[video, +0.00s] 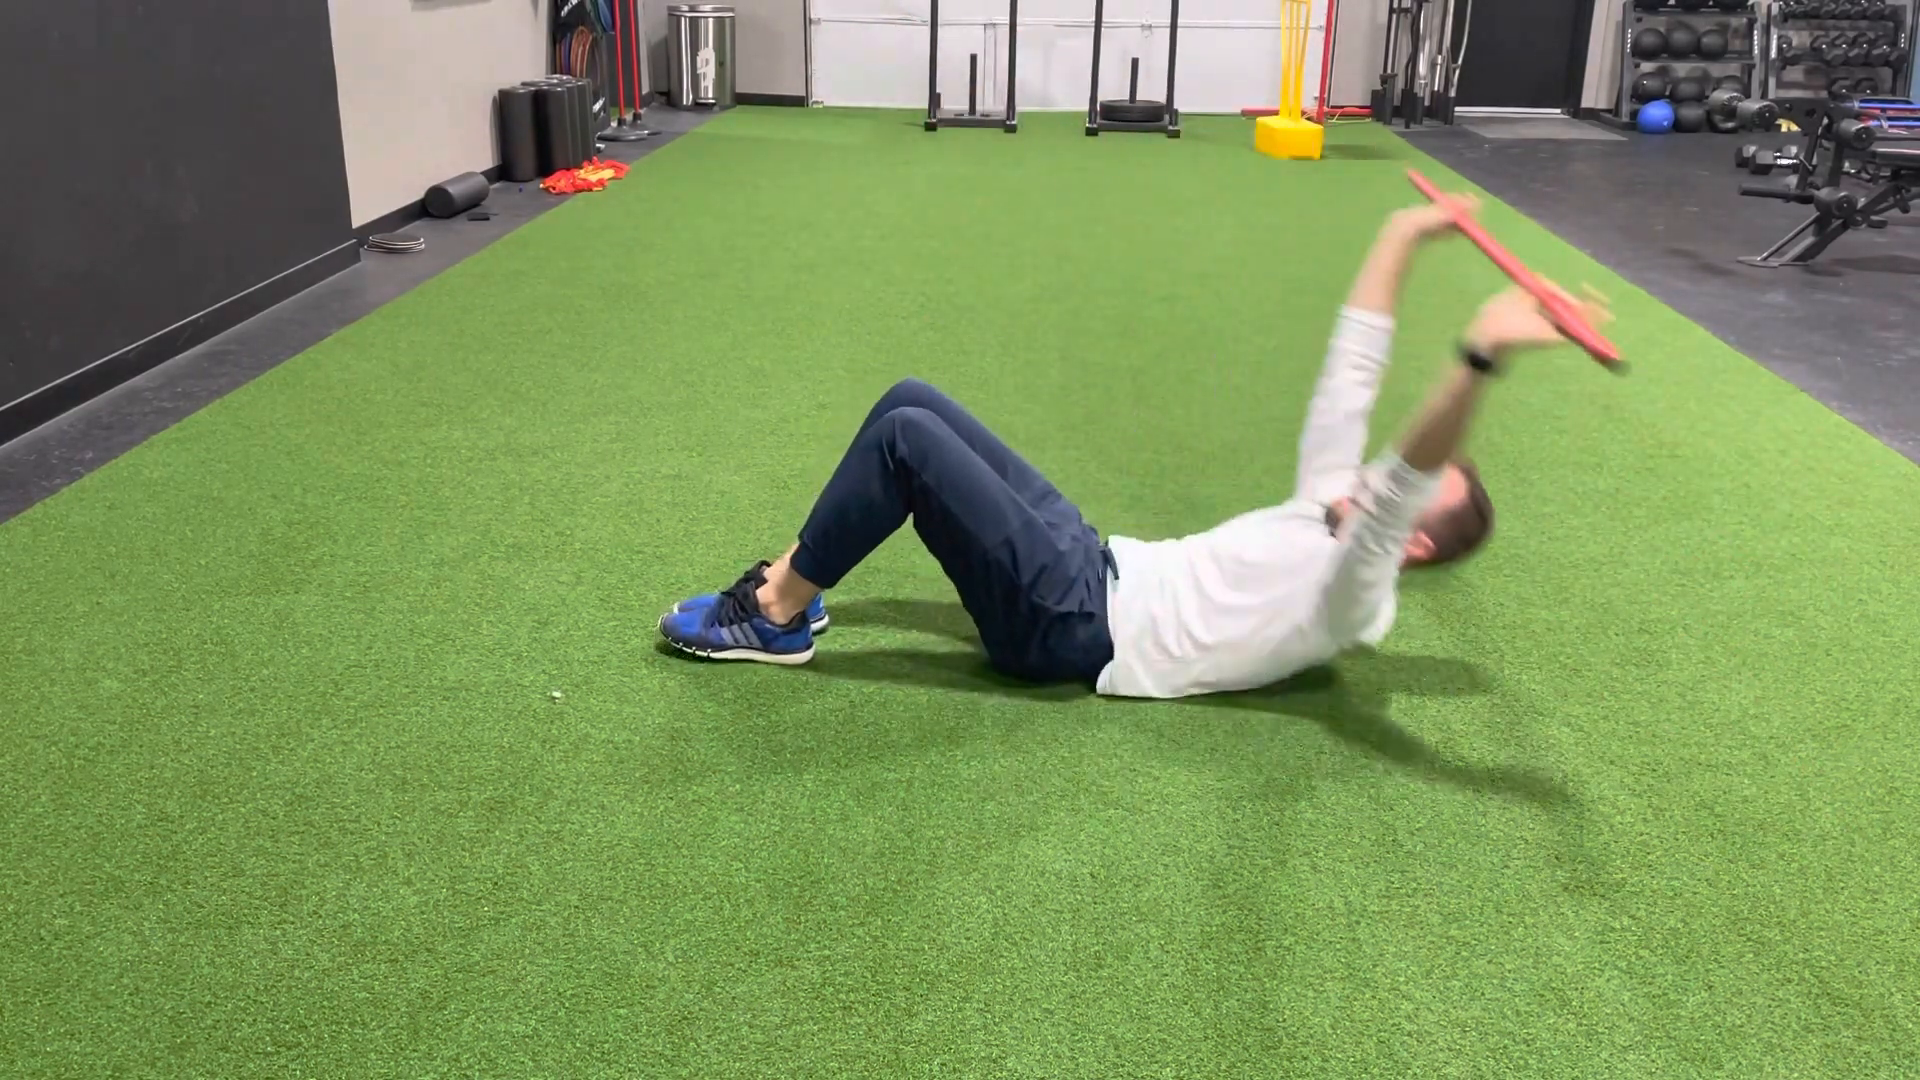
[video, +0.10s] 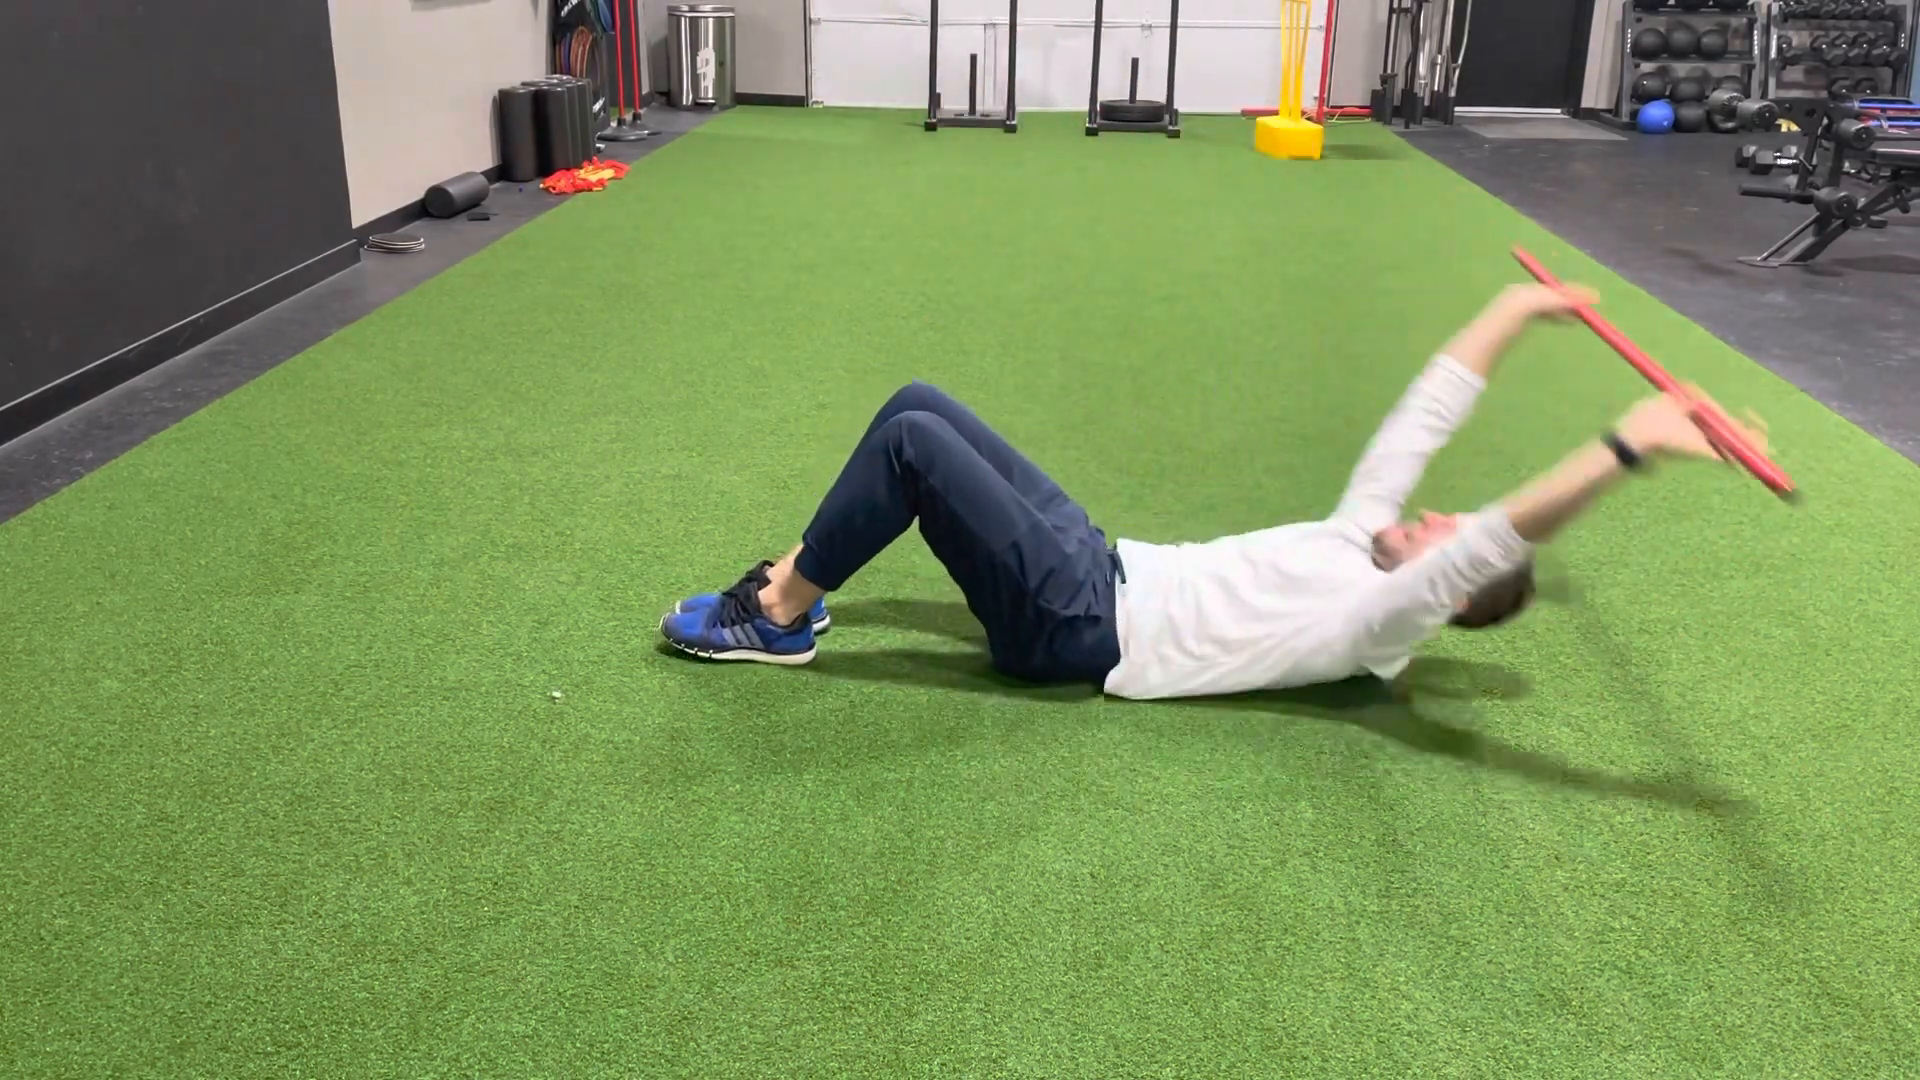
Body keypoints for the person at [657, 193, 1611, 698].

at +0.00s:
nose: (1413, 473)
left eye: (1434, 489)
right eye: (1424, 471)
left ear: (1432, 539)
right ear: (1395, 483)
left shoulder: (1353, 592)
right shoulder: (1325, 518)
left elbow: (1412, 469)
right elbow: (1353, 372)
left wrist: (1480, 354)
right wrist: (1400, 232)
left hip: (1084, 621)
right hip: (1092, 561)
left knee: (907, 435)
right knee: (909, 399)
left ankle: (776, 609)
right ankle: (789, 584)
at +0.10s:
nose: (1428, 522)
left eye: (1453, 537)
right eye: (1440, 514)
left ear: (1456, 580)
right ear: (1422, 517)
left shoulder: (1384, 616)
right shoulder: (1356, 541)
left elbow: (1508, 536)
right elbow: (1420, 419)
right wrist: (1512, 303)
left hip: (1087, 617)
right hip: (1104, 566)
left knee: (911, 423)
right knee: (919, 407)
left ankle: (787, 606)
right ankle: (798, 581)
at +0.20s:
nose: (1461, 541)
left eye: (1480, 559)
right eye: (1472, 537)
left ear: (1484, 603)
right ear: (1449, 546)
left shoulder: (1407, 635)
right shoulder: (1380, 554)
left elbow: (1562, 583)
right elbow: (1466, 463)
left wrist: (1717, 534)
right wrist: (1578, 395)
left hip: (1094, 621)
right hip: (1108, 571)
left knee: (915, 432)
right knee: (922, 409)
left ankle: (783, 607)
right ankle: (794, 587)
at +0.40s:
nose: (1473, 564)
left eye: (1488, 584)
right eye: (1486, 565)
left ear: (1482, 629)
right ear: (1470, 577)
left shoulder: (1406, 656)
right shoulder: (1395, 578)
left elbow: (1571, 667)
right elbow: (1486, 526)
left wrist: (1737, 674)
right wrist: (1599, 505)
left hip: (1088, 619)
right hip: (1105, 567)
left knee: (909, 429)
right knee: (917, 404)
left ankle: (780, 609)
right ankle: (792, 585)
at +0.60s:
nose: (1461, 577)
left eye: (1474, 594)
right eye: (1474, 579)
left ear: (1467, 643)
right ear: (1453, 582)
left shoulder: (1400, 662)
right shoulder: (1382, 581)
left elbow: (1566, 709)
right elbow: (1480, 559)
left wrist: (1726, 734)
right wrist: (1596, 557)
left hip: (1081, 613)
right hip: (1092, 557)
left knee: (904, 430)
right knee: (911, 405)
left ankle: (783, 609)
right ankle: (798, 579)